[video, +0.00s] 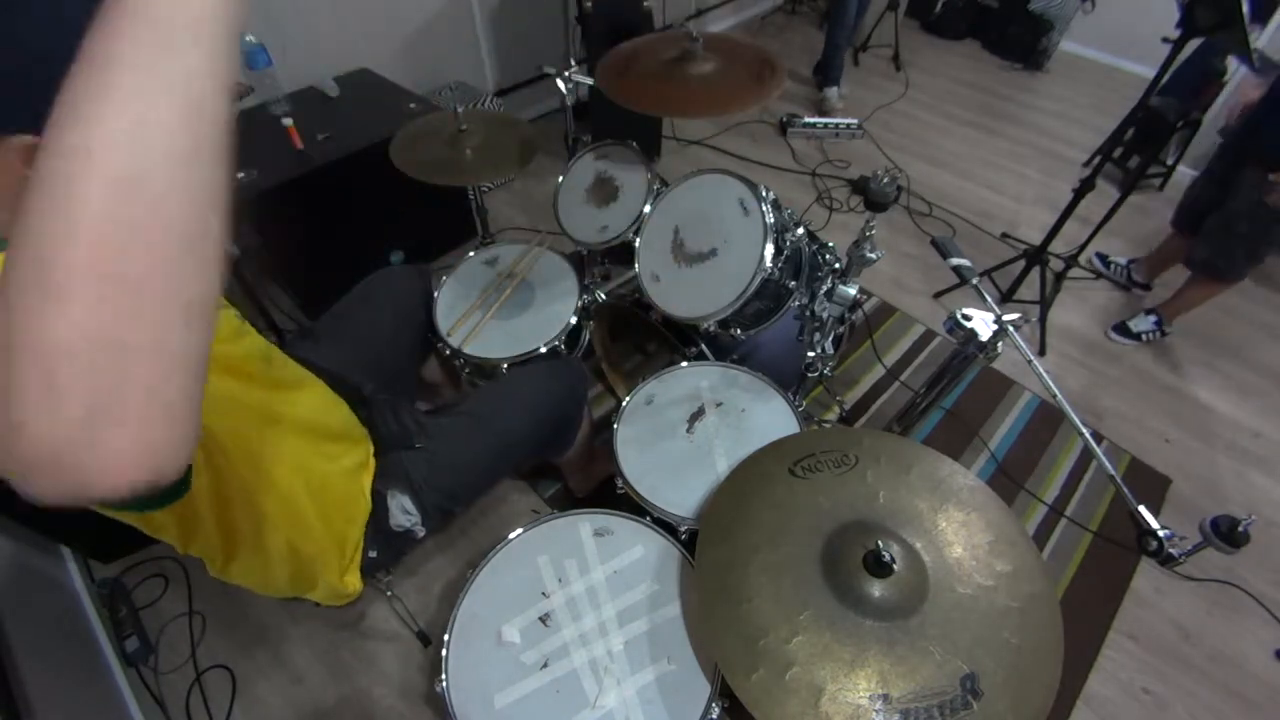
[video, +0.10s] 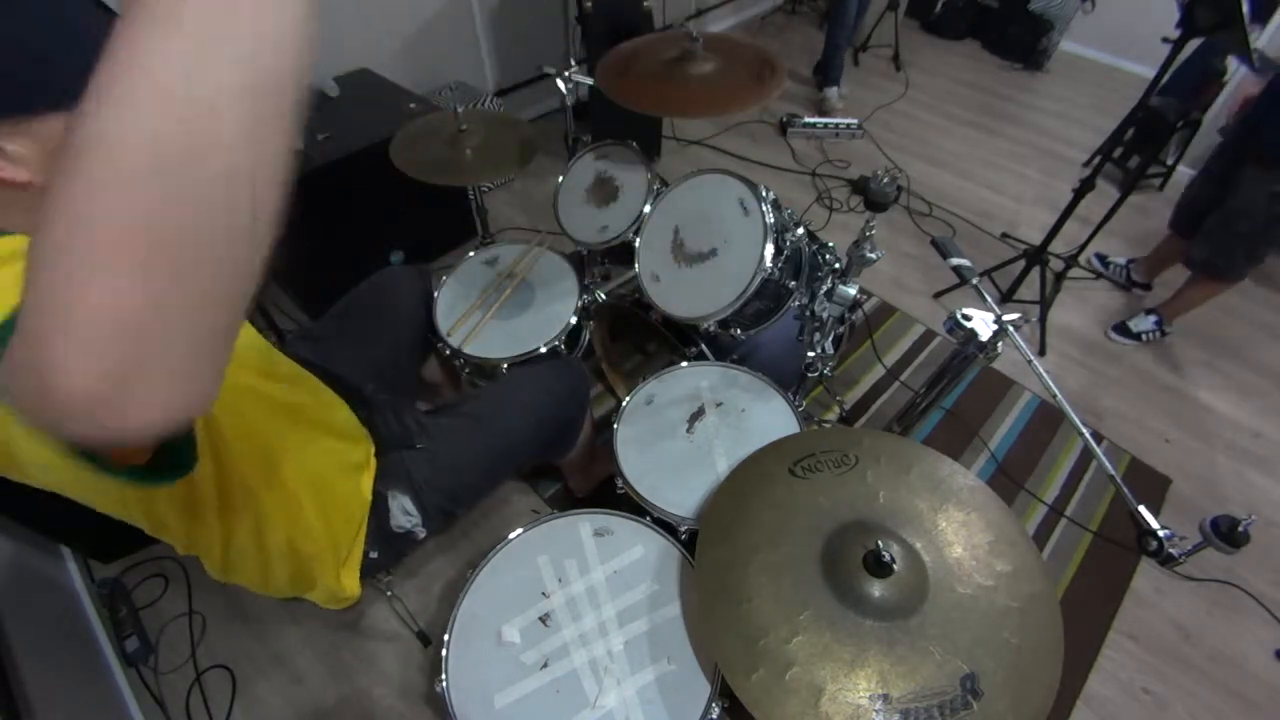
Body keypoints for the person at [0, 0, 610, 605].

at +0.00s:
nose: (36, 169)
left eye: (32, 162)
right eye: (29, 169)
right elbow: (105, 450)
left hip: (293, 395)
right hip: (355, 510)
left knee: (406, 280)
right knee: (561, 371)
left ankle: (423, 403)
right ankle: (567, 473)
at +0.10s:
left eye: (80, 124)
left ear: (23, 161)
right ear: (24, 163)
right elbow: (124, 393)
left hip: (284, 387)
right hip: (346, 507)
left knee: (406, 282)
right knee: (560, 375)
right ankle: (566, 472)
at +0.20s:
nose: (111, 114)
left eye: (103, 99)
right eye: (89, 103)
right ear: (9, 133)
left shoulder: (40, 242)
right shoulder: (27, 303)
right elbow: (135, 311)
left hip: (289, 395)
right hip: (346, 506)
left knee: (410, 284)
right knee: (563, 378)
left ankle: (419, 402)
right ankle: (568, 472)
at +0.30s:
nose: (116, 104)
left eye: (105, 82)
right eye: (78, 92)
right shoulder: (35, 279)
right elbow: (155, 246)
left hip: (282, 397)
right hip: (344, 509)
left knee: (410, 284)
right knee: (565, 376)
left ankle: (434, 400)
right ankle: (575, 472)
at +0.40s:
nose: (119, 100)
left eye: (101, 75)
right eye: (74, 88)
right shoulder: (40, 278)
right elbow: (161, 237)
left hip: (280, 397)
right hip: (343, 508)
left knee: (409, 284)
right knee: (565, 377)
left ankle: (429, 399)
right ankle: (574, 471)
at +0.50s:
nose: (114, 98)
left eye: (95, 74)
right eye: (66, 88)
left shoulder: (43, 245)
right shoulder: (28, 283)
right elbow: (158, 274)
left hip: (282, 396)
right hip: (343, 508)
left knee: (408, 283)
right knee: (564, 374)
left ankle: (419, 398)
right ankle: (572, 472)